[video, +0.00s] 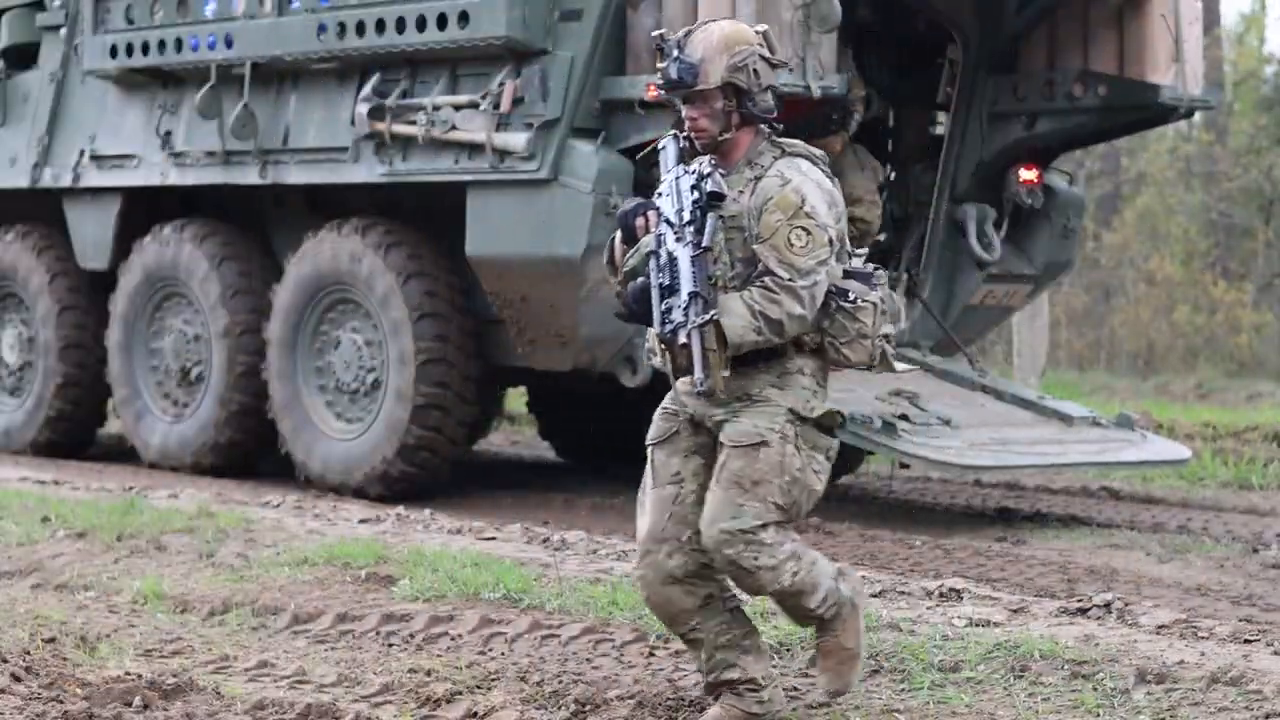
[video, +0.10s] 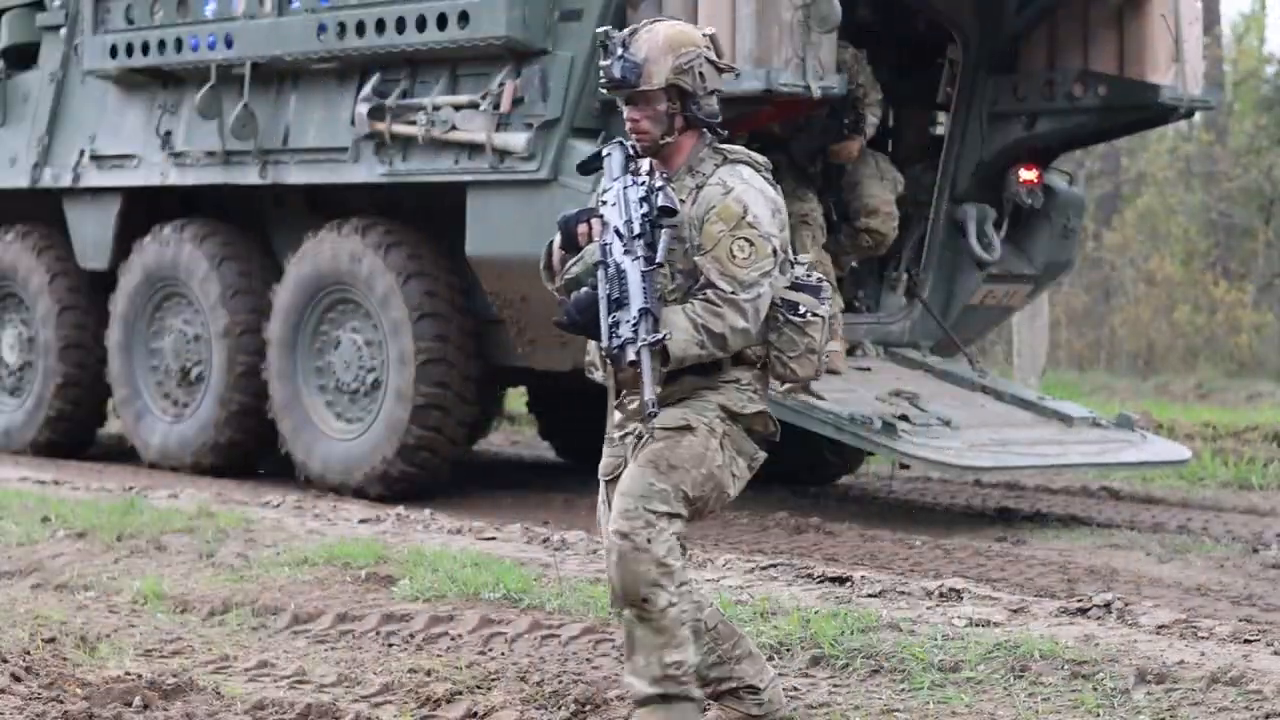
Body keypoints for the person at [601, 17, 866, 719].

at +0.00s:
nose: (685, 117)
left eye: (698, 103)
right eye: (681, 103)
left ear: (743, 103)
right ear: (685, 104)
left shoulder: (795, 186)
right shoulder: (691, 181)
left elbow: (793, 300)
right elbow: (634, 286)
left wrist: (706, 329)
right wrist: (634, 243)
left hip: (777, 398)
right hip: (693, 395)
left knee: (734, 533)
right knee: (665, 561)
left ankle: (836, 609)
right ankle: (738, 683)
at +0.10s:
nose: (628, 116)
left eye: (642, 103)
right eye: (625, 102)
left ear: (689, 105)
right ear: (627, 105)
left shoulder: (736, 195)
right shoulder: (635, 181)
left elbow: (737, 318)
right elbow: (577, 287)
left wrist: (634, 329)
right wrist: (572, 248)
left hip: (715, 402)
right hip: (634, 401)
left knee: (638, 530)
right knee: (633, 559)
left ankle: (665, 702)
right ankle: (741, 686)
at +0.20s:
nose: (566, 109)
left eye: (580, 94)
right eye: (562, 94)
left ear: (628, 94)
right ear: (563, 93)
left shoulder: (673, 194)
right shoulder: (579, 178)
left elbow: (664, 321)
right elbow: (516, 285)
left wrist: (556, 334)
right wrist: (501, 244)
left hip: (635, 418)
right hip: (574, 410)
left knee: (563, 570)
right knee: (622, 585)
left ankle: (551, 708)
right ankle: (748, 694)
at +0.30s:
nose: (489, 95)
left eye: (504, 81)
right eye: (488, 80)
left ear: (554, 86)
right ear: (503, 84)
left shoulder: (601, 186)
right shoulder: (505, 164)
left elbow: (588, 317)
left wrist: (479, 326)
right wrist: (438, 238)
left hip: (566, 411)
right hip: (489, 405)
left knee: (508, 591)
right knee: (480, 588)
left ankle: (551, 706)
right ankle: (622, 620)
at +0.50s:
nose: (301, 26)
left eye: (316, 12)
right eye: (298, 13)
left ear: (365, 17)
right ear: (334, 22)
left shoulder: (418, 111)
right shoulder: (332, 99)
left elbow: (421, 252)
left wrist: (316, 284)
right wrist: (264, 163)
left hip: (423, 354)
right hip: (334, 351)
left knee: (454, 566)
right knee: (237, 495)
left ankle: (533, 702)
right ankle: (235, 686)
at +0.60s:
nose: (214, 15)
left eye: (230, 4)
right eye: (211, 3)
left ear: (279, 10)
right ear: (216, 12)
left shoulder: (339, 102)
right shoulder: (233, 91)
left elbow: (323, 252)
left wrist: (207, 262)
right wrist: (163, 158)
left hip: (331, 364)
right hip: (229, 360)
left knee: (312, 567)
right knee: (171, 549)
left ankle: (453, 621)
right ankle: (215, 703)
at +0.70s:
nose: (117, 8)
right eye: (116, 0)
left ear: (186, 6)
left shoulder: (249, 100)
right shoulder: (140, 100)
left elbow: (247, 254)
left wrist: (127, 266)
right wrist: (68, 174)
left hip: (240, 356)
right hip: (141, 362)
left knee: (126, 488)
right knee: (106, 584)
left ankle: (259, 611)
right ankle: (195, 695)